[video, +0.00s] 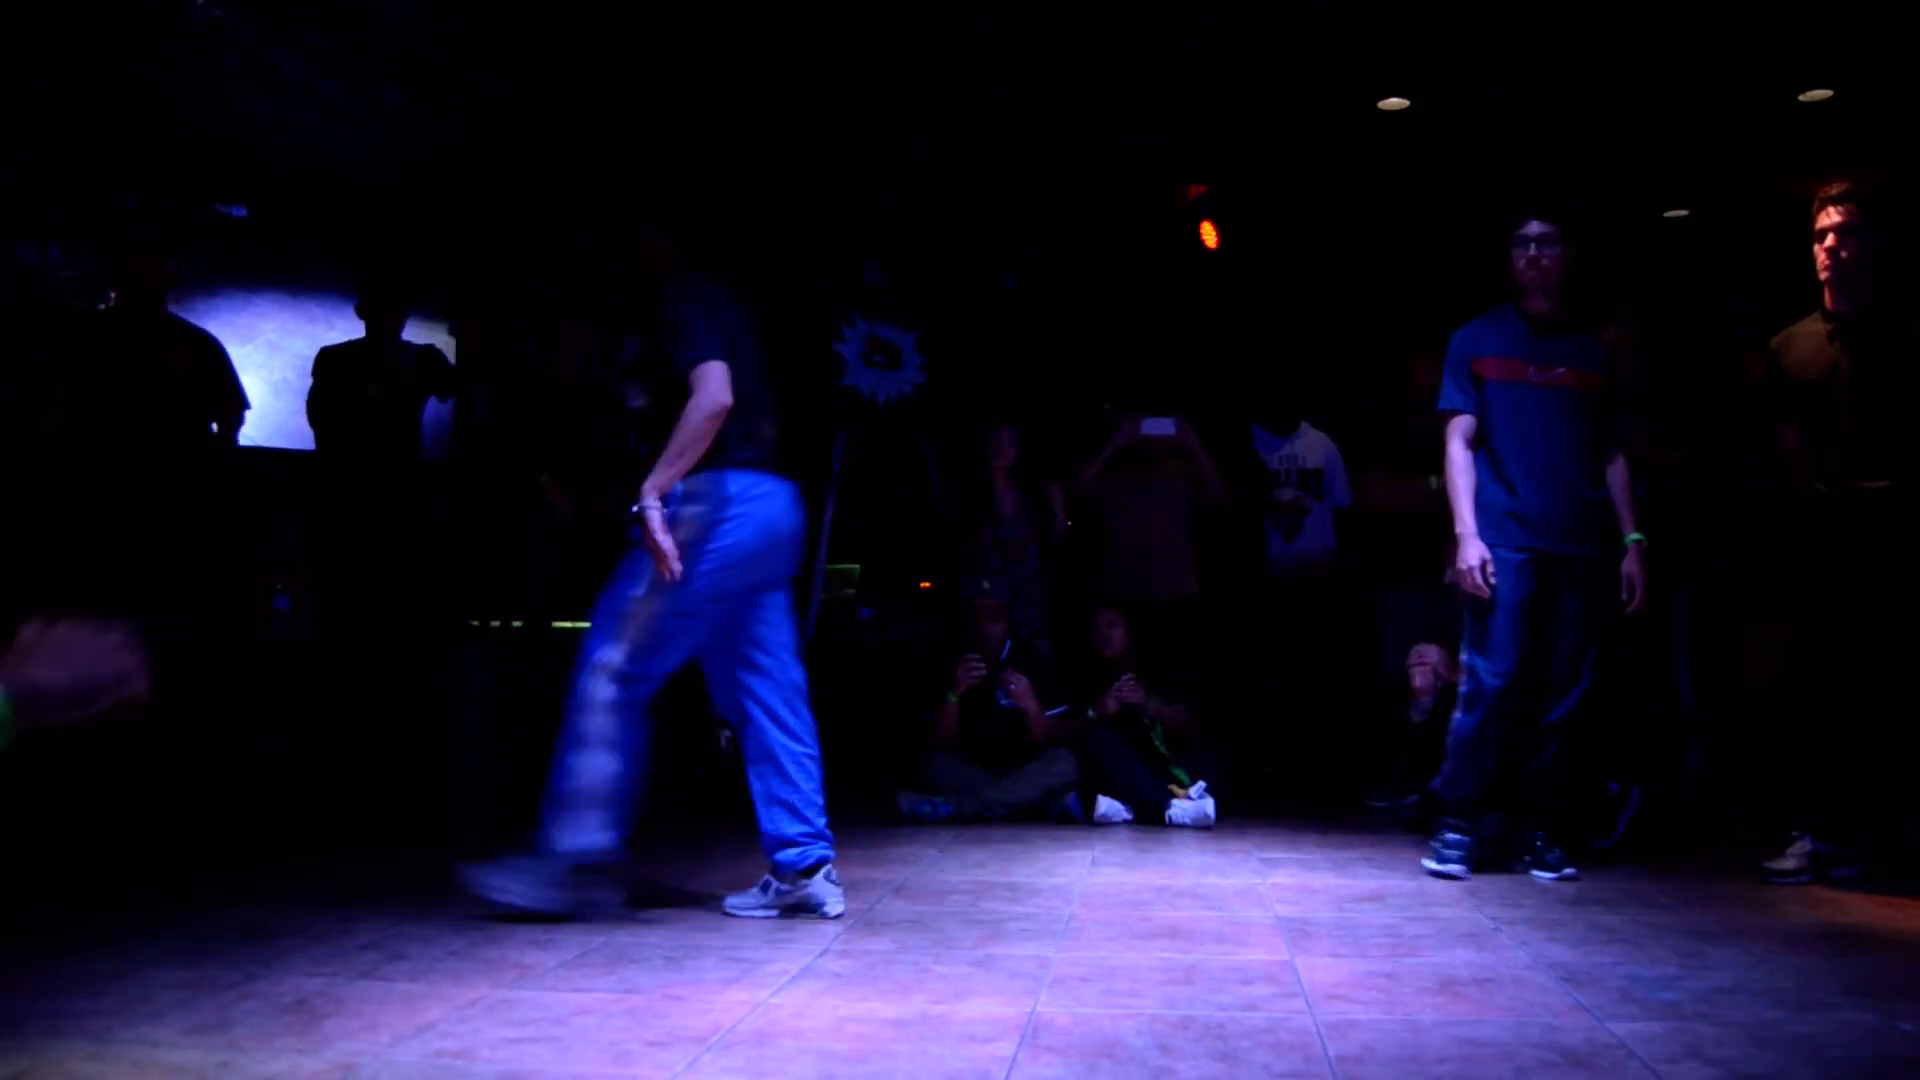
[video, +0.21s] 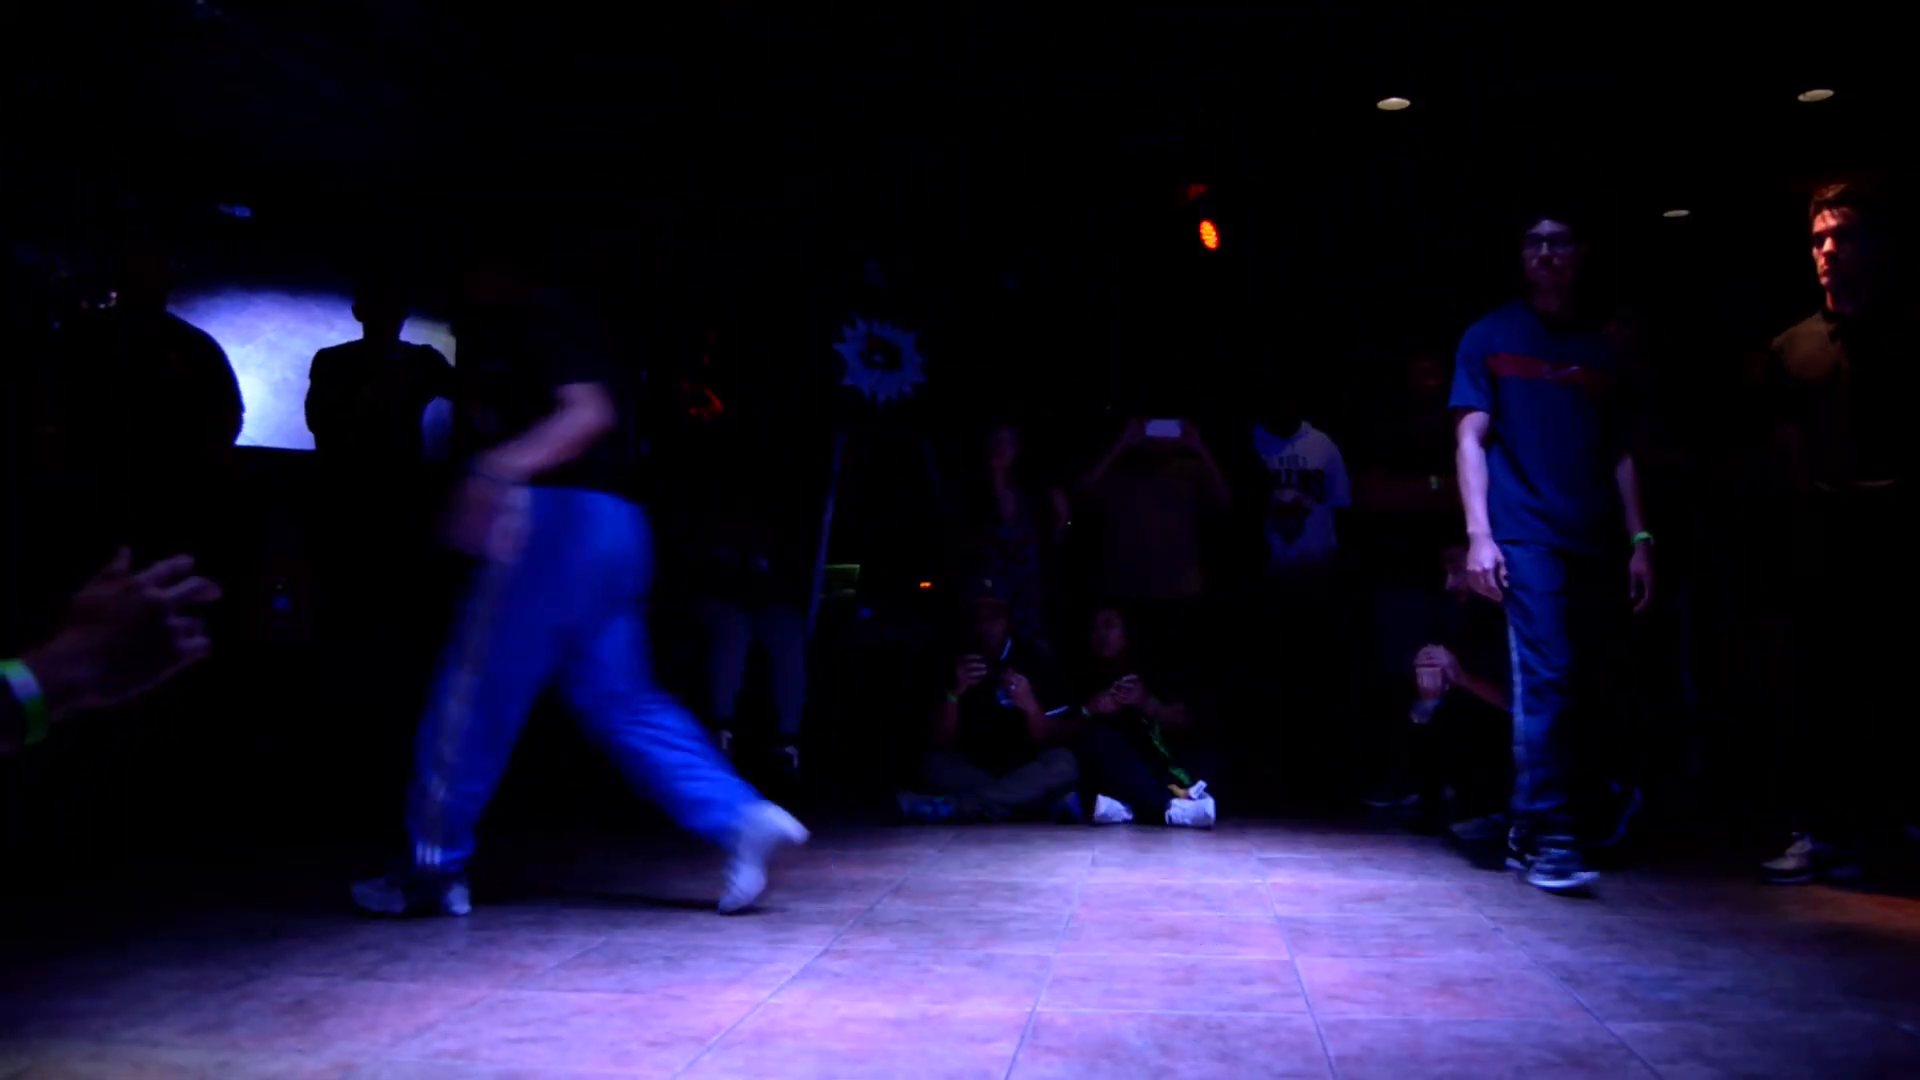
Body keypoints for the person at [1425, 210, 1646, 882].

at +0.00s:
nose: (1535, 257)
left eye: (1547, 246)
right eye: (1525, 246)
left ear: (1568, 258)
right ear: (1510, 259)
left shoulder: (1592, 347)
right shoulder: (1479, 339)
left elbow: (1612, 453)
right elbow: (1460, 440)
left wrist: (1632, 542)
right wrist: (1467, 535)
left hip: (1578, 544)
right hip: (1506, 539)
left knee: (1564, 695)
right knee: (1492, 681)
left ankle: (1540, 835)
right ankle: (1457, 827)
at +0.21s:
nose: (1547, 258)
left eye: (1558, 246)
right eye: (1537, 246)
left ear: (1579, 257)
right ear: (1522, 258)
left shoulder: (1599, 341)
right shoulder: (1491, 338)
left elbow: (1620, 451)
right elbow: (1472, 439)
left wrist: (1640, 540)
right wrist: (1479, 536)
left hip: (1590, 535)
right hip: (1526, 534)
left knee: (1574, 680)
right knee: (1546, 677)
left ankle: (1541, 828)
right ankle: (1544, 838)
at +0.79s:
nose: (1598, 242)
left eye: (1609, 230)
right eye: (1584, 231)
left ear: (1628, 242)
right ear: (1565, 245)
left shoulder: (1641, 325)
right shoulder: (1548, 328)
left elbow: (1663, 445)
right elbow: (1542, 437)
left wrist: (1686, 535)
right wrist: (1568, 540)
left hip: (1644, 530)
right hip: (1591, 533)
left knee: (1599, 687)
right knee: (1613, 691)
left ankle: (1537, 825)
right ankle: (1644, 849)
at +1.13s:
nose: (1640, 229)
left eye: (1651, 218)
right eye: (1625, 218)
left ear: (1667, 231)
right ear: (1602, 234)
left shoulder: (1672, 314)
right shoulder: (1589, 316)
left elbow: (1696, 437)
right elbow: (1590, 427)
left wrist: (1730, 525)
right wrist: (1643, 527)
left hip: (1678, 526)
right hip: (1620, 532)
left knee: (1682, 680)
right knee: (1635, 688)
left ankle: (1609, 802)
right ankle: (1648, 854)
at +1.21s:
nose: (1650, 229)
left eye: (1661, 217)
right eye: (1634, 217)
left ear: (1677, 229)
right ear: (1611, 232)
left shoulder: (1684, 312)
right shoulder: (1597, 315)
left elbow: (1704, 437)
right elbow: (1599, 426)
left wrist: (1737, 524)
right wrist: (1651, 526)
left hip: (1689, 527)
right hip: (1627, 532)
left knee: (1701, 686)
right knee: (1643, 690)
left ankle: (1702, 847)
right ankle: (1647, 855)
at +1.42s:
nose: (1678, 226)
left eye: (1687, 212)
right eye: (1664, 214)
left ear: (1705, 226)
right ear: (1641, 228)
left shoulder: (1714, 318)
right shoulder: (1619, 313)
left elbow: (1730, 444)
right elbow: (1612, 424)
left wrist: (1761, 534)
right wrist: (1651, 530)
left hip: (1719, 530)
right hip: (1653, 535)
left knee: (1750, 684)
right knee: (1661, 692)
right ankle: (1652, 857)